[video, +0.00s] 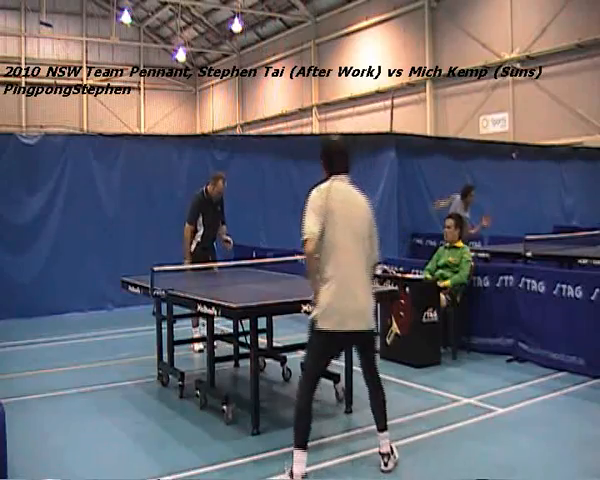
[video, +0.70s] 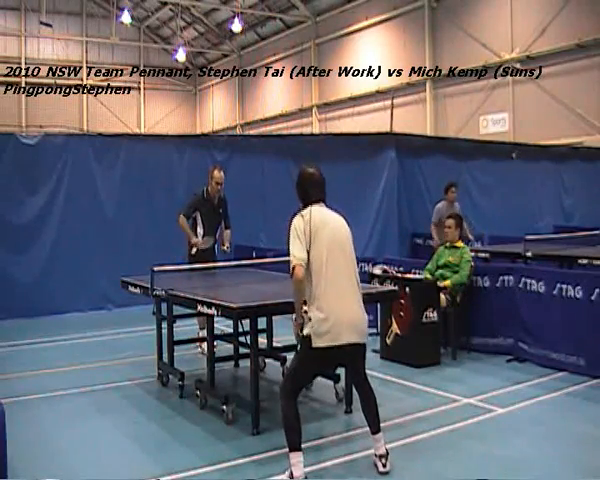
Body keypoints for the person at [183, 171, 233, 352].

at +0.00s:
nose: (220, 193)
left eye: (222, 190)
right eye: (218, 190)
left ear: (222, 189)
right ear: (210, 186)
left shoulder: (219, 199)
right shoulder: (199, 200)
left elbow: (220, 221)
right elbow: (189, 228)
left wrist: (224, 236)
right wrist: (187, 258)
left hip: (210, 247)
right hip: (196, 248)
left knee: (213, 284)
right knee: (195, 289)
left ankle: (211, 330)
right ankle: (196, 332)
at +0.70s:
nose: (219, 187)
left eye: (222, 183)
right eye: (216, 183)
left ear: (224, 183)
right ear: (209, 182)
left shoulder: (222, 201)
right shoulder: (199, 199)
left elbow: (226, 225)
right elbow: (182, 218)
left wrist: (226, 242)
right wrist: (192, 238)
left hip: (211, 250)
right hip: (198, 250)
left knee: (212, 292)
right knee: (200, 293)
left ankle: (208, 334)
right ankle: (202, 335)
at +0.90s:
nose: (218, 189)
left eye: (220, 185)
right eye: (215, 185)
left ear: (223, 185)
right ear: (208, 183)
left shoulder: (222, 200)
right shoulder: (199, 199)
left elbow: (227, 225)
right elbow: (192, 224)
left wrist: (227, 239)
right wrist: (214, 224)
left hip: (211, 250)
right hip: (197, 251)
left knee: (211, 292)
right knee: (200, 293)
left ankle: (205, 329)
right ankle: (202, 332)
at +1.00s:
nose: (217, 188)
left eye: (220, 184)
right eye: (215, 184)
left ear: (223, 183)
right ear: (208, 181)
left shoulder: (220, 198)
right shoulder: (201, 197)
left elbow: (226, 225)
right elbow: (200, 220)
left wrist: (227, 219)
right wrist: (221, 210)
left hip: (211, 250)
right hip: (197, 250)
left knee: (210, 291)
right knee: (201, 293)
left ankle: (204, 328)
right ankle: (201, 331)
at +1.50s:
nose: (225, 193)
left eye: (227, 189)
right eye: (224, 188)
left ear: (224, 187)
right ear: (216, 185)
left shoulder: (217, 200)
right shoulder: (206, 198)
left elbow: (219, 225)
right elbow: (214, 222)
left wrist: (230, 238)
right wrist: (232, 220)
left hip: (208, 249)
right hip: (198, 250)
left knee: (212, 286)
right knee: (206, 291)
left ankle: (202, 320)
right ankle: (204, 339)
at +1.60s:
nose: (227, 195)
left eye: (229, 192)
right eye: (225, 191)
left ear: (229, 191)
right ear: (217, 188)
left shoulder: (224, 207)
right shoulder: (209, 196)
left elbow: (222, 233)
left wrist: (226, 253)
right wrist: (207, 213)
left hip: (209, 249)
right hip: (197, 248)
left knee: (208, 288)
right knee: (201, 289)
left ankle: (200, 327)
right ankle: (200, 334)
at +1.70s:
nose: (227, 193)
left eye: (229, 190)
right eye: (225, 189)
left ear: (230, 191)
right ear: (218, 186)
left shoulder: (224, 204)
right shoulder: (206, 193)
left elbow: (222, 231)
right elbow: (189, 192)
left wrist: (222, 253)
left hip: (210, 251)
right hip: (197, 250)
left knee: (208, 291)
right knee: (198, 292)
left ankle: (202, 330)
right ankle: (195, 333)